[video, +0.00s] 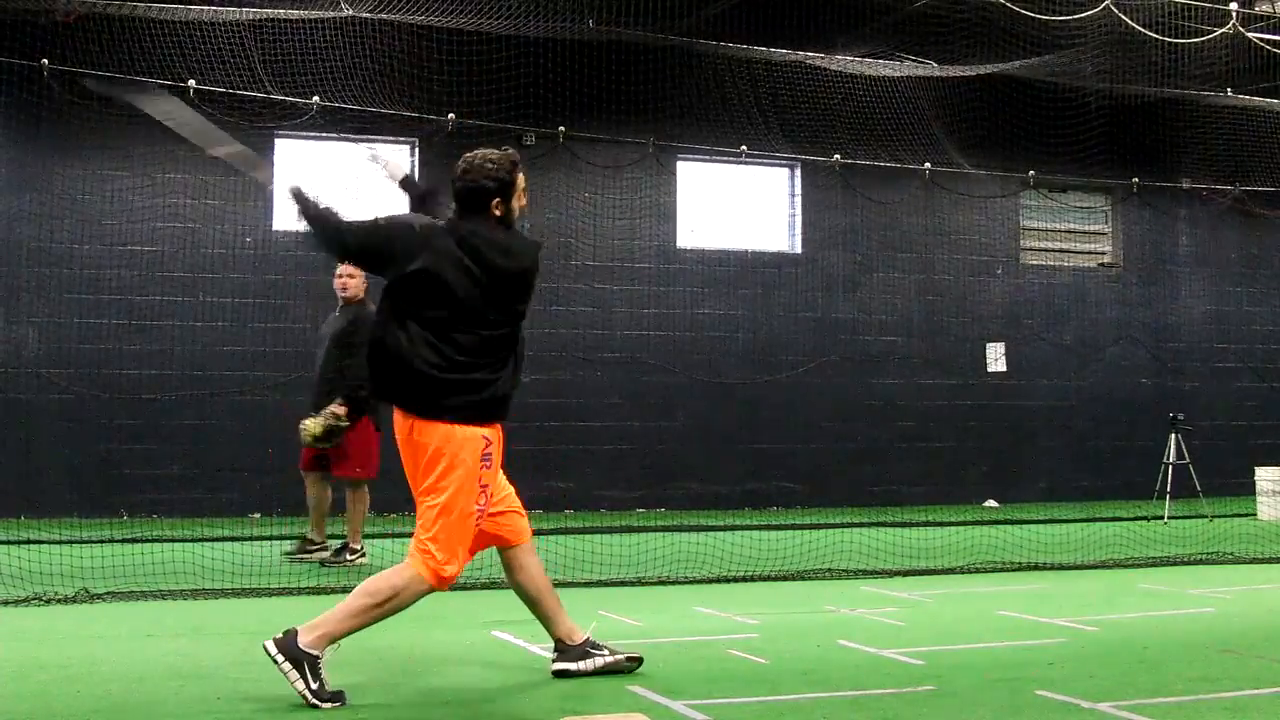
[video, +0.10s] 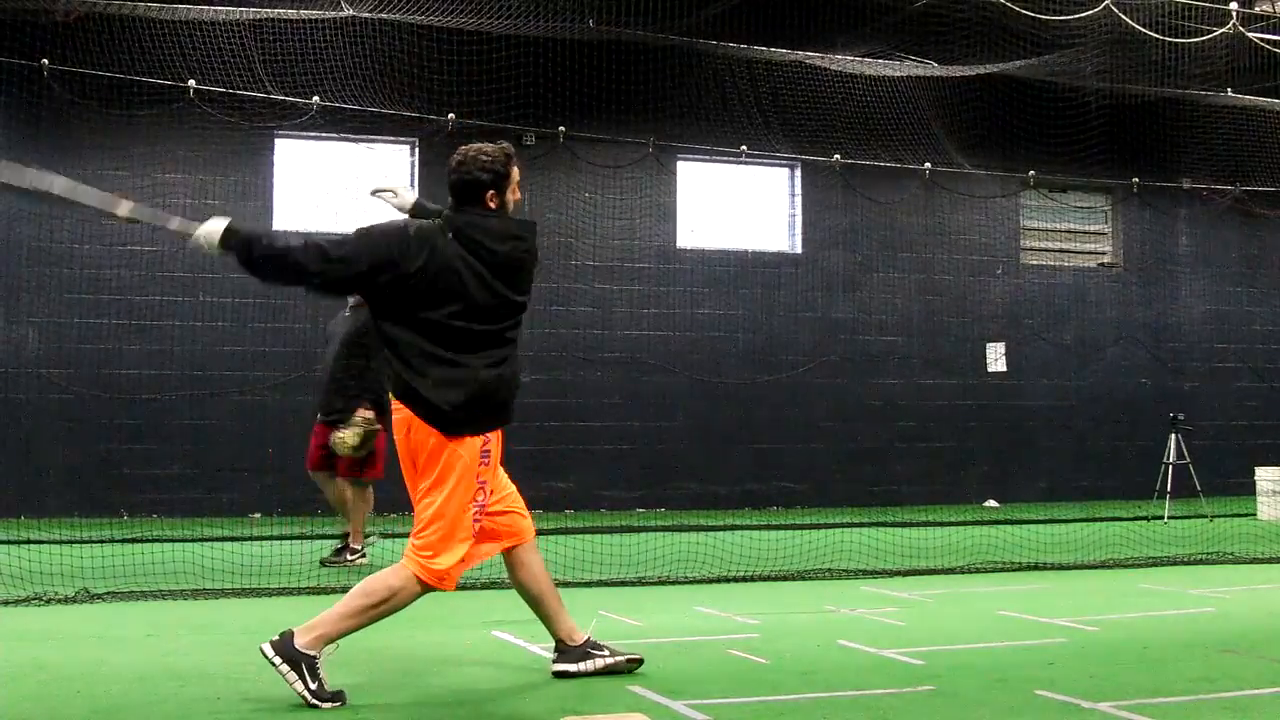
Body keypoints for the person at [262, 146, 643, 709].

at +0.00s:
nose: (525, 200)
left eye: (523, 191)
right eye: (520, 193)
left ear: (465, 197)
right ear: (501, 202)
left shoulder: (418, 236)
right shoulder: (520, 254)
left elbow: (344, 239)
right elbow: (457, 227)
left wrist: (315, 214)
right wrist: (411, 184)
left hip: (429, 419)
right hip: (464, 425)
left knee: (513, 532)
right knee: (433, 565)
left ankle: (572, 644)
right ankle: (304, 643)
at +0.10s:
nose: (522, 194)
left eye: (520, 184)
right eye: (518, 186)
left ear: (467, 193)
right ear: (495, 197)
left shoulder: (407, 243)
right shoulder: (518, 242)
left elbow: (314, 258)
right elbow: (467, 230)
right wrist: (418, 208)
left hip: (423, 417)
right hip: (467, 423)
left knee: (514, 528)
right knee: (430, 565)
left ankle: (573, 643)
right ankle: (301, 644)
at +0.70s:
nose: (524, 191)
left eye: (520, 180)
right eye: (520, 183)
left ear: (463, 190)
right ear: (502, 193)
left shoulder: (424, 245)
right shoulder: (530, 257)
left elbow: (333, 278)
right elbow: (539, 286)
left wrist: (271, 242)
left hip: (439, 422)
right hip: (466, 433)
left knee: (529, 527)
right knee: (435, 568)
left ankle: (577, 646)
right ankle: (302, 643)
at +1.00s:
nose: (537, 190)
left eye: (534, 180)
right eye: (532, 182)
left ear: (477, 191)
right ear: (513, 193)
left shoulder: (433, 241)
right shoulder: (534, 263)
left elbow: (354, 251)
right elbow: (562, 310)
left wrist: (336, 206)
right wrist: (524, 246)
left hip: (431, 423)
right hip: (471, 438)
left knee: (534, 525)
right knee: (436, 571)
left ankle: (578, 647)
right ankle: (301, 644)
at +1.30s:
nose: (553, 195)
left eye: (549, 186)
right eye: (547, 188)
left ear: (498, 201)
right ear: (524, 202)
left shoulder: (446, 245)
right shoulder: (544, 277)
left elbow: (390, 243)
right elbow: (572, 349)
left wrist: (403, 193)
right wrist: (572, 307)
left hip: (441, 426)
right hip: (475, 443)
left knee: (546, 522)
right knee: (441, 575)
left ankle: (580, 647)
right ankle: (303, 644)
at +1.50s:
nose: (564, 199)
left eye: (561, 191)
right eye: (558, 193)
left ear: (512, 204)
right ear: (535, 205)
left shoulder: (458, 246)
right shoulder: (548, 289)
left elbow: (420, 241)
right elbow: (565, 382)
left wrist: (451, 200)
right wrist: (594, 374)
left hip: (449, 421)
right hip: (478, 442)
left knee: (553, 515)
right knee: (442, 575)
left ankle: (581, 647)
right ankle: (304, 644)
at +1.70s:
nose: (438, 147)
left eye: (437, 137)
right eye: (430, 137)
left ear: (403, 143)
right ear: (395, 143)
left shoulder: (434, 199)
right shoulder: (335, 200)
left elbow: (447, 241)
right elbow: (263, 233)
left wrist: (378, 188)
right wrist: (326, 187)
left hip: (415, 383)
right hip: (339, 387)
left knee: (455, 521)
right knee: (335, 526)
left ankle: (462, 630)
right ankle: (321, 658)